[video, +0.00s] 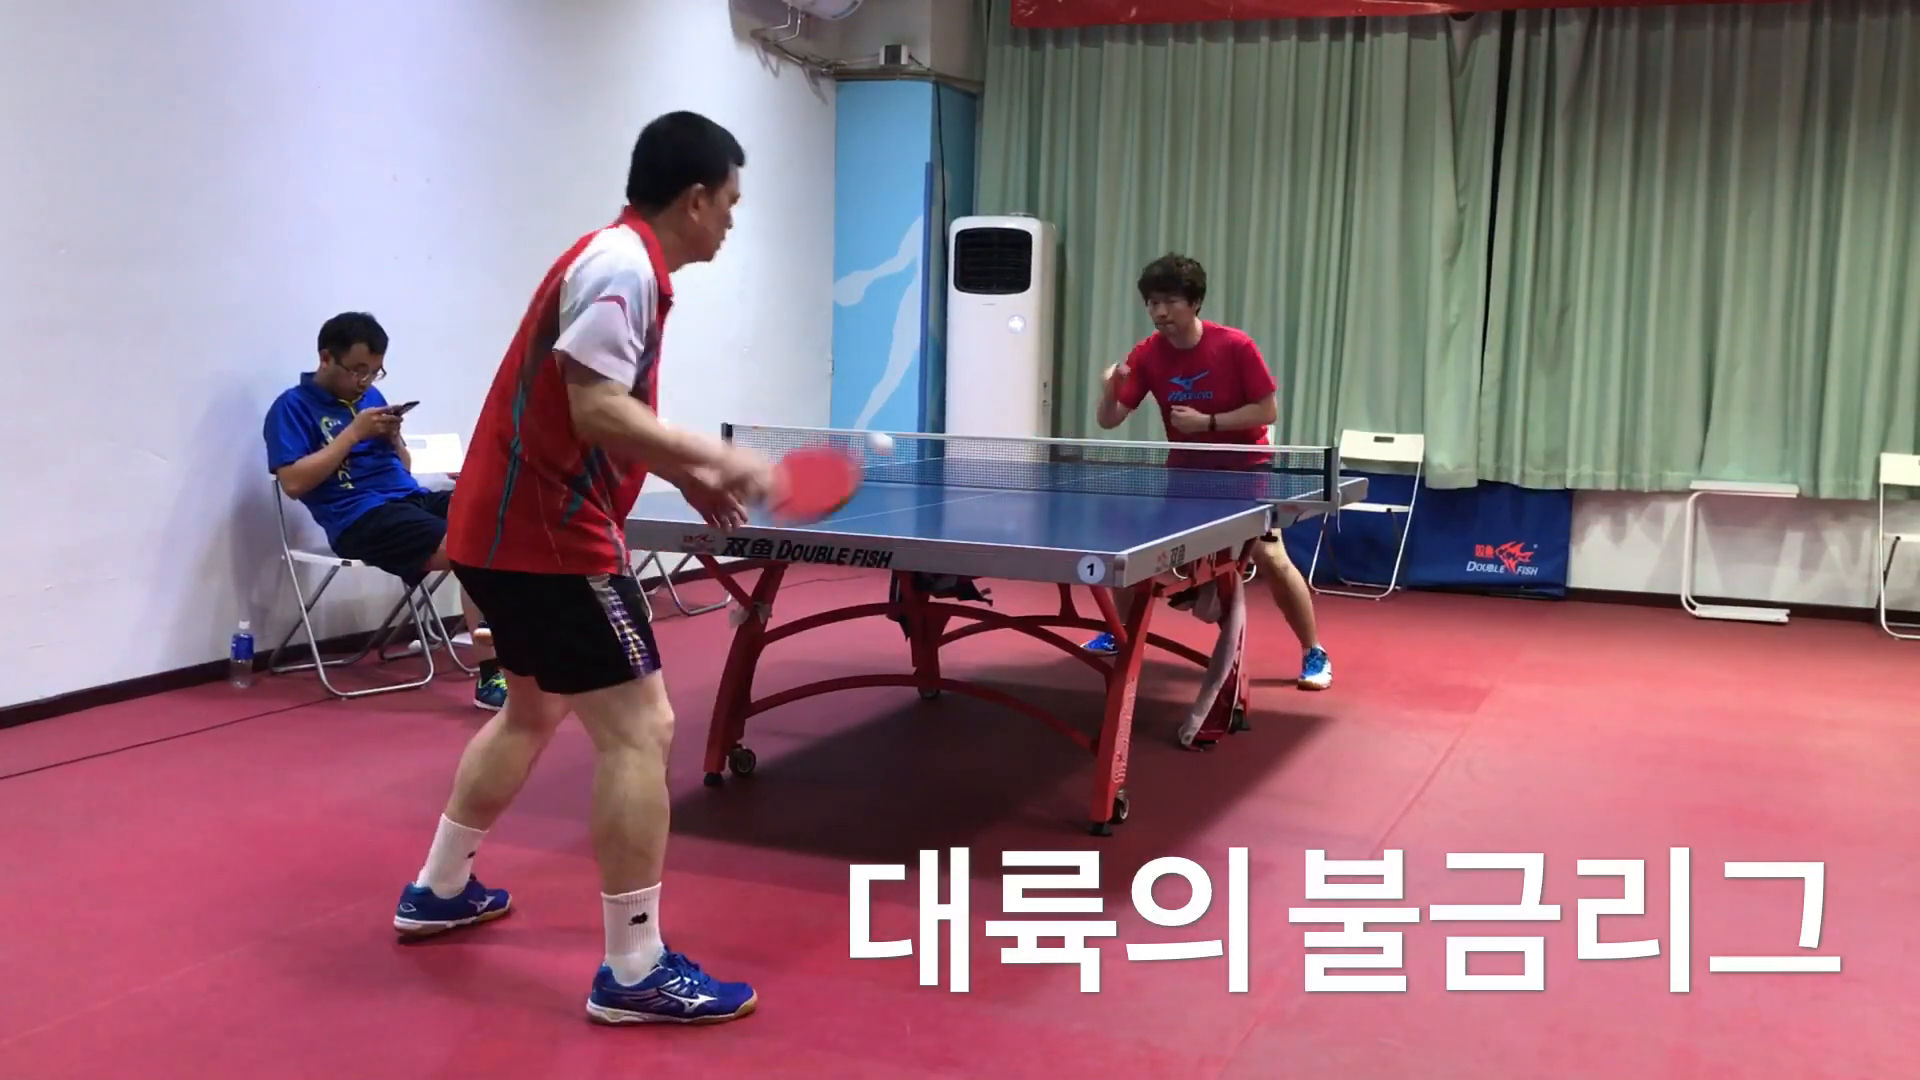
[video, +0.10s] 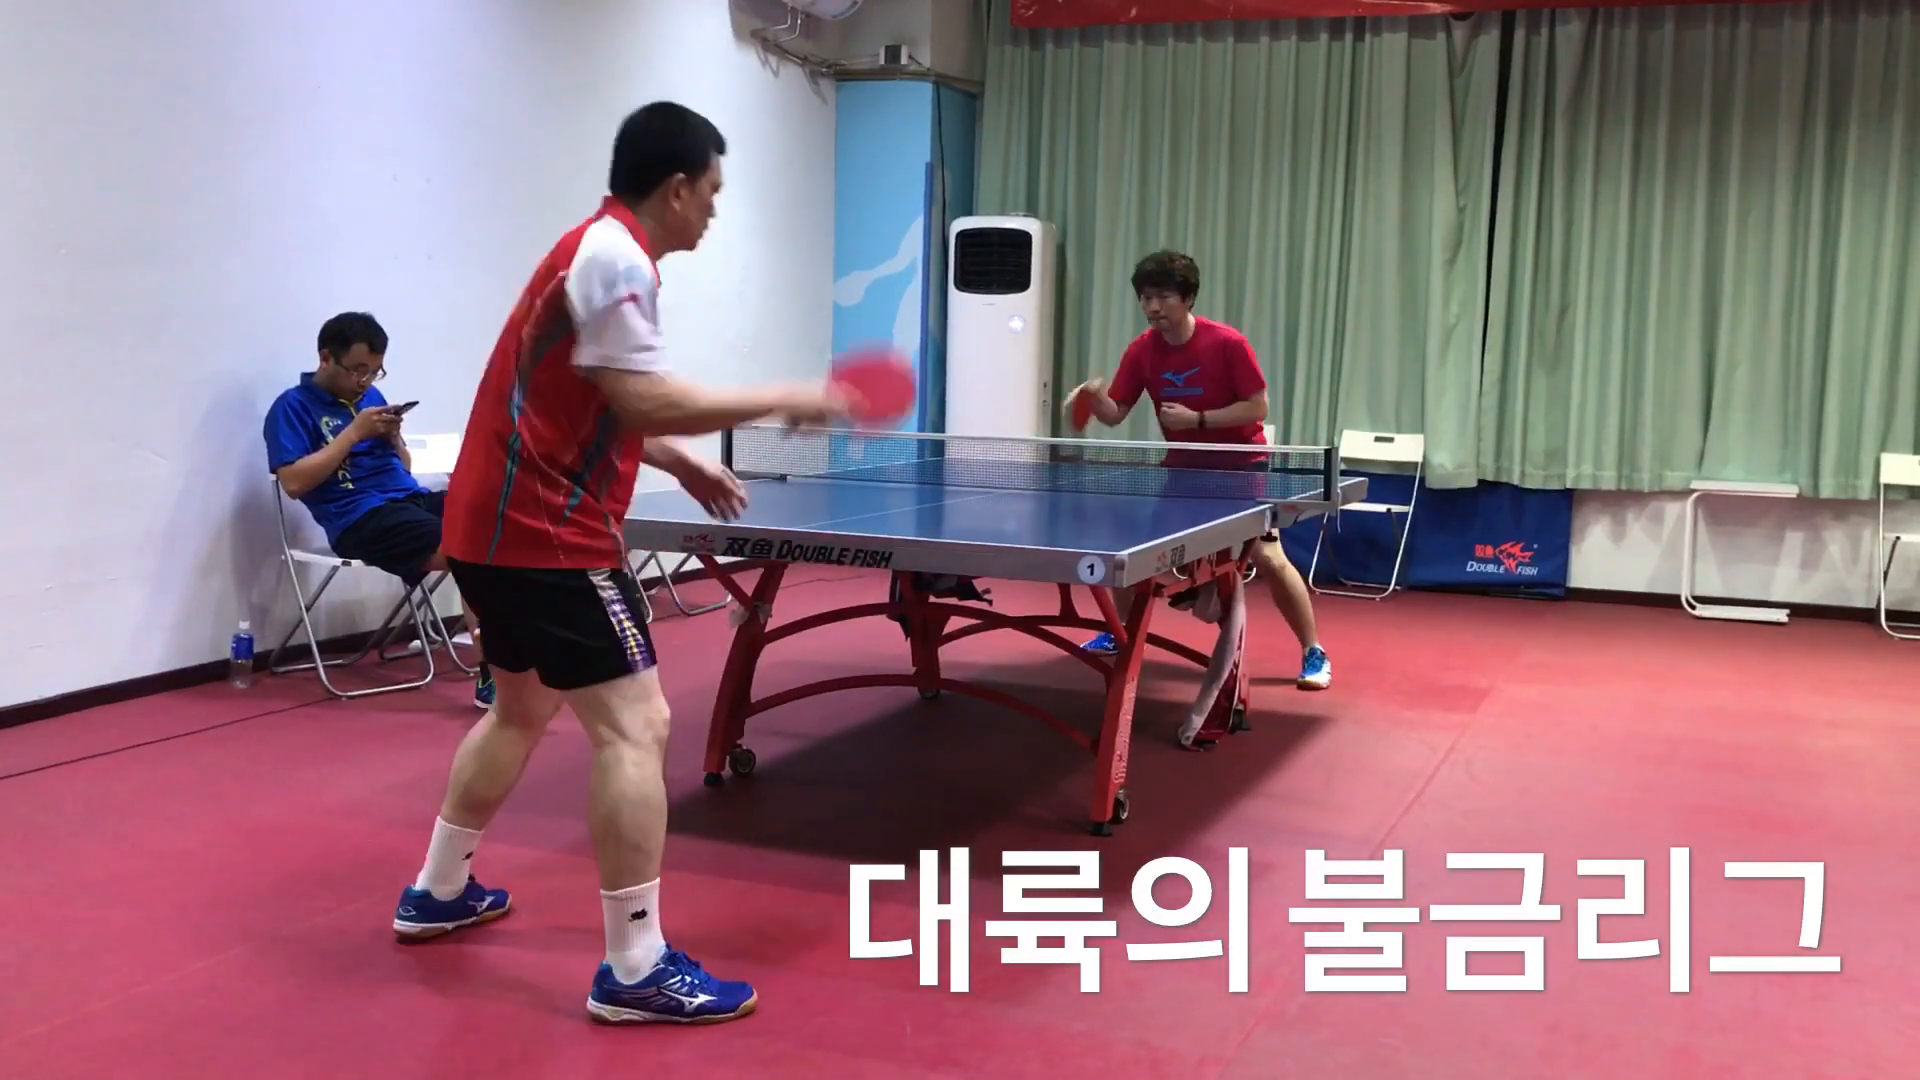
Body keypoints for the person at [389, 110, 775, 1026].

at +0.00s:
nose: (732, 219)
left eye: (734, 203)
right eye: (730, 201)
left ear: (663, 192)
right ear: (693, 198)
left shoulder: (621, 261)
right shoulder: (622, 265)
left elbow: (613, 410)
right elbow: (594, 406)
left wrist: (688, 475)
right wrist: (714, 456)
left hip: (501, 531)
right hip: (550, 539)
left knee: (530, 709)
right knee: (639, 728)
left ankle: (437, 887)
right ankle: (634, 968)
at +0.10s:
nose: (714, 209)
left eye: (715, 191)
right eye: (710, 190)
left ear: (645, 185)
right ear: (674, 188)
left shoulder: (587, 250)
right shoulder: (617, 257)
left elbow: (582, 410)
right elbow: (636, 399)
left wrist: (682, 462)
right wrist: (789, 401)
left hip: (489, 527)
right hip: (548, 536)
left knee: (520, 711)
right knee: (635, 726)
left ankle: (436, 889)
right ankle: (636, 966)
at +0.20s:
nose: (690, 192)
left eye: (691, 176)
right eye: (688, 175)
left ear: (603, 170)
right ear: (659, 173)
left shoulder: (544, 244)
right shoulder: (633, 254)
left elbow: (552, 401)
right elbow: (740, 375)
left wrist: (666, 439)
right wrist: (794, 305)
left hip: (472, 522)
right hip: (561, 528)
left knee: (499, 701)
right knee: (647, 719)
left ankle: (434, 889)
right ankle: (636, 962)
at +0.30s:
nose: (677, 184)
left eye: (676, 170)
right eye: (675, 170)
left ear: (582, 170)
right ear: (654, 172)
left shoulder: (518, 251)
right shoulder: (651, 257)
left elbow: (531, 382)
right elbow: (759, 370)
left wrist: (646, 428)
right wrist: (774, 298)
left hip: (481, 524)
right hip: (585, 533)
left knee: (482, 706)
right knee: (668, 729)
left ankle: (433, 890)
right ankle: (638, 963)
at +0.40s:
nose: (675, 189)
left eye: (673, 176)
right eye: (674, 176)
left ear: (578, 179)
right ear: (656, 181)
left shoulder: (520, 263)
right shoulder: (669, 275)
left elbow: (469, 358)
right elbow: (760, 397)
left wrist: (573, 388)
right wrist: (778, 322)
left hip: (499, 545)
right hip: (607, 551)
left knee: (492, 708)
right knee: (688, 743)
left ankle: (437, 889)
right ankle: (639, 972)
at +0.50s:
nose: (693, 182)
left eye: (692, 168)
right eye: (691, 168)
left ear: (596, 169)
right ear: (674, 173)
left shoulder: (532, 258)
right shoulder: (676, 269)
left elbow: (521, 405)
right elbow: (757, 412)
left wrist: (648, 456)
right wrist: (804, 381)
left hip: (503, 535)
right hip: (606, 546)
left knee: (507, 694)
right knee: (679, 736)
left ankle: (445, 878)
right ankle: (639, 973)